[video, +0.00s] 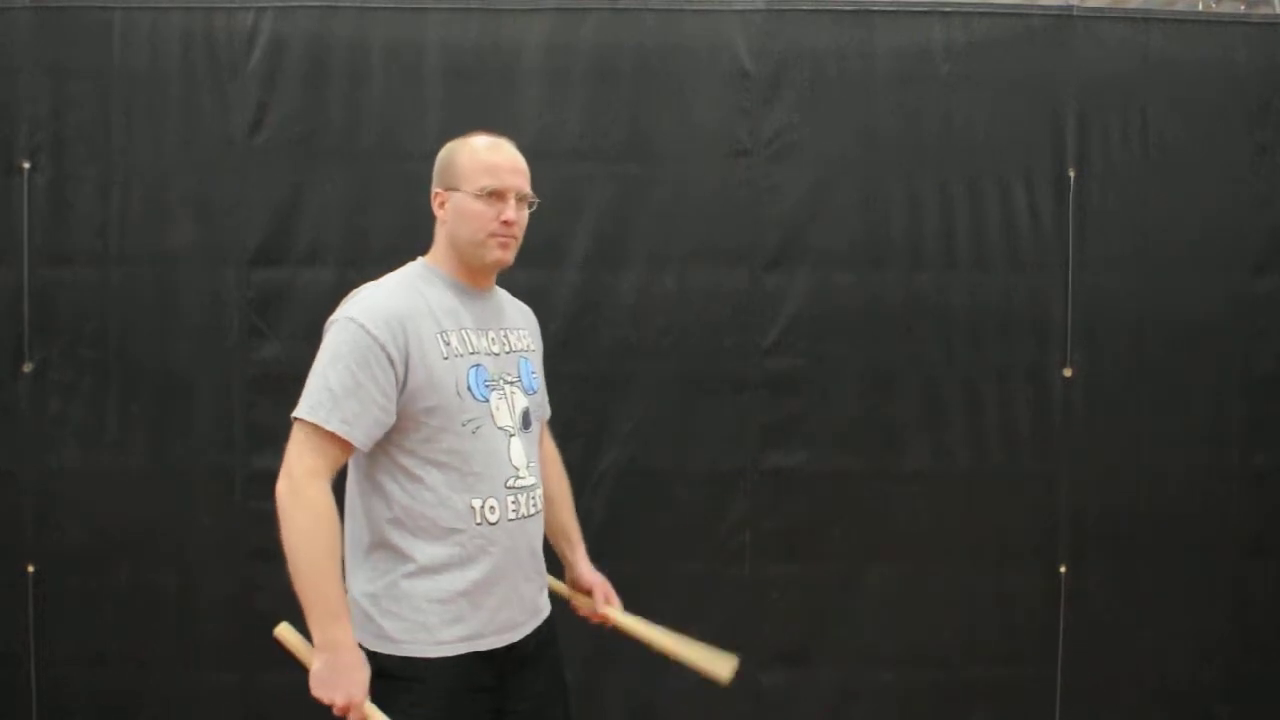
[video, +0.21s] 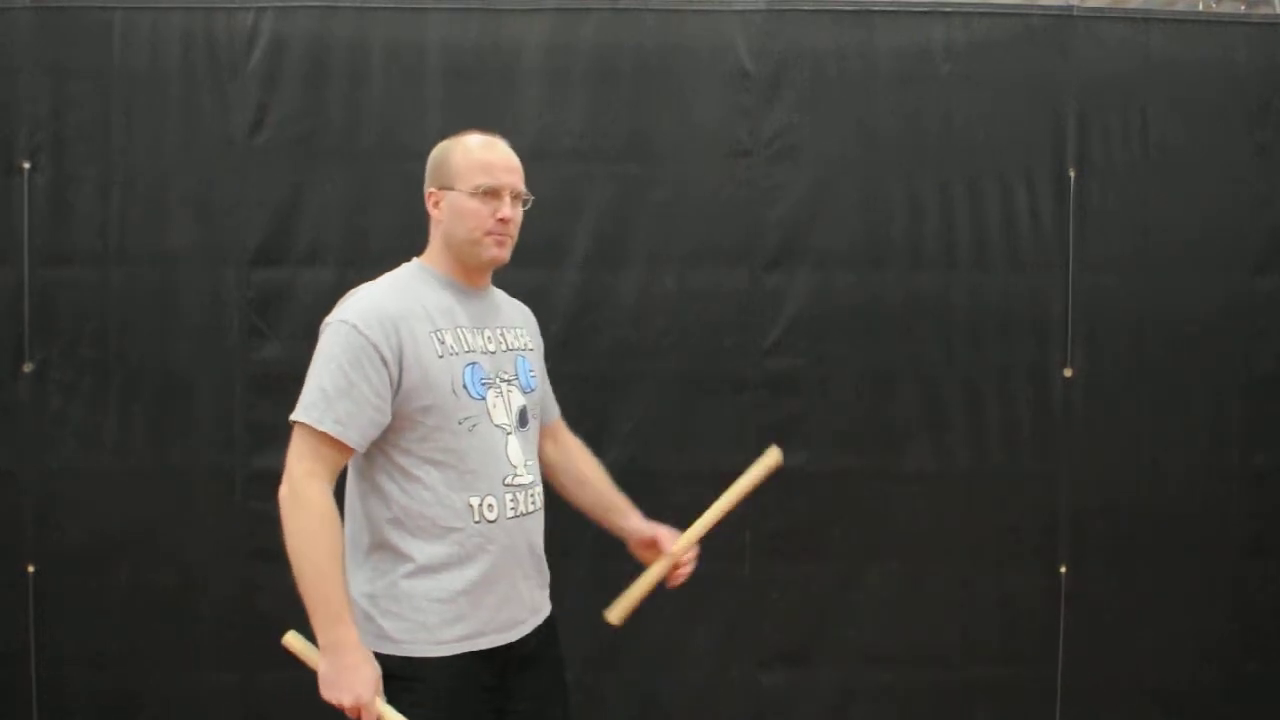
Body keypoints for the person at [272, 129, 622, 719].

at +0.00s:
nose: (510, 216)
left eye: (522, 201)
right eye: (491, 196)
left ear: (530, 212)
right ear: (441, 203)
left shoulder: (519, 321)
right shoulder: (377, 319)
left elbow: (536, 444)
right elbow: (301, 480)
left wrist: (577, 560)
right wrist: (335, 646)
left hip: (525, 638)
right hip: (414, 655)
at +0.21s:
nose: (506, 213)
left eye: (517, 199)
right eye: (487, 194)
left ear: (525, 210)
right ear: (435, 202)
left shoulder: (517, 320)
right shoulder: (372, 320)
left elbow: (552, 440)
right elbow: (304, 485)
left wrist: (634, 527)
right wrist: (339, 647)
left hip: (527, 635)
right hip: (416, 654)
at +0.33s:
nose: (503, 213)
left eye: (512, 199)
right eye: (483, 194)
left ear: (520, 209)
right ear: (430, 202)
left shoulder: (516, 319)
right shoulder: (370, 319)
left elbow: (583, 428)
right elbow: (308, 487)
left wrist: (687, 497)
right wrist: (340, 652)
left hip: (526, 638)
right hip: (414, 655)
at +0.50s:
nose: (497, 211)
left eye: (506, 197)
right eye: (477, 194)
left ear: (513, 206)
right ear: (425, 202)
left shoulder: (522, 321)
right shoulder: (365, 321)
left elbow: (616, 405)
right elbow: (312, 488)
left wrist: (735, 454)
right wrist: (343, 651)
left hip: (523, 633)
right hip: (413, 653)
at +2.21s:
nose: (501, 209)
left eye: (504, 193)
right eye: (481, 190)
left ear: (507, 200)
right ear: (419, 200)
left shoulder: (507, 318)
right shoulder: (351, 325)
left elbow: (587, 426)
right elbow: (303, 502)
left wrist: (681, 513)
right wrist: (349, 674)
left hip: (522, 644)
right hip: (410, 672)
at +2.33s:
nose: (515, 210)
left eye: (515, 194)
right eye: (494, 191)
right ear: (434, 201)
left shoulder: (510, 319)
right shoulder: (365, 323)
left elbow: (560, 444)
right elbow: (323, 497)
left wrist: (622, 561)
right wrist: (368, 671)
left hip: (524, 644)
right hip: (417, 670)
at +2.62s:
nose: (572, 212)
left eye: (570, 197)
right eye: (553, 193)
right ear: (496, 202)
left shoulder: (545, 322)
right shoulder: (428, 310)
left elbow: (559, 463)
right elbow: (395, 479)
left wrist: (579, 585)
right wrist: (446, 643)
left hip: (542, 642)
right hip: (451, 653)